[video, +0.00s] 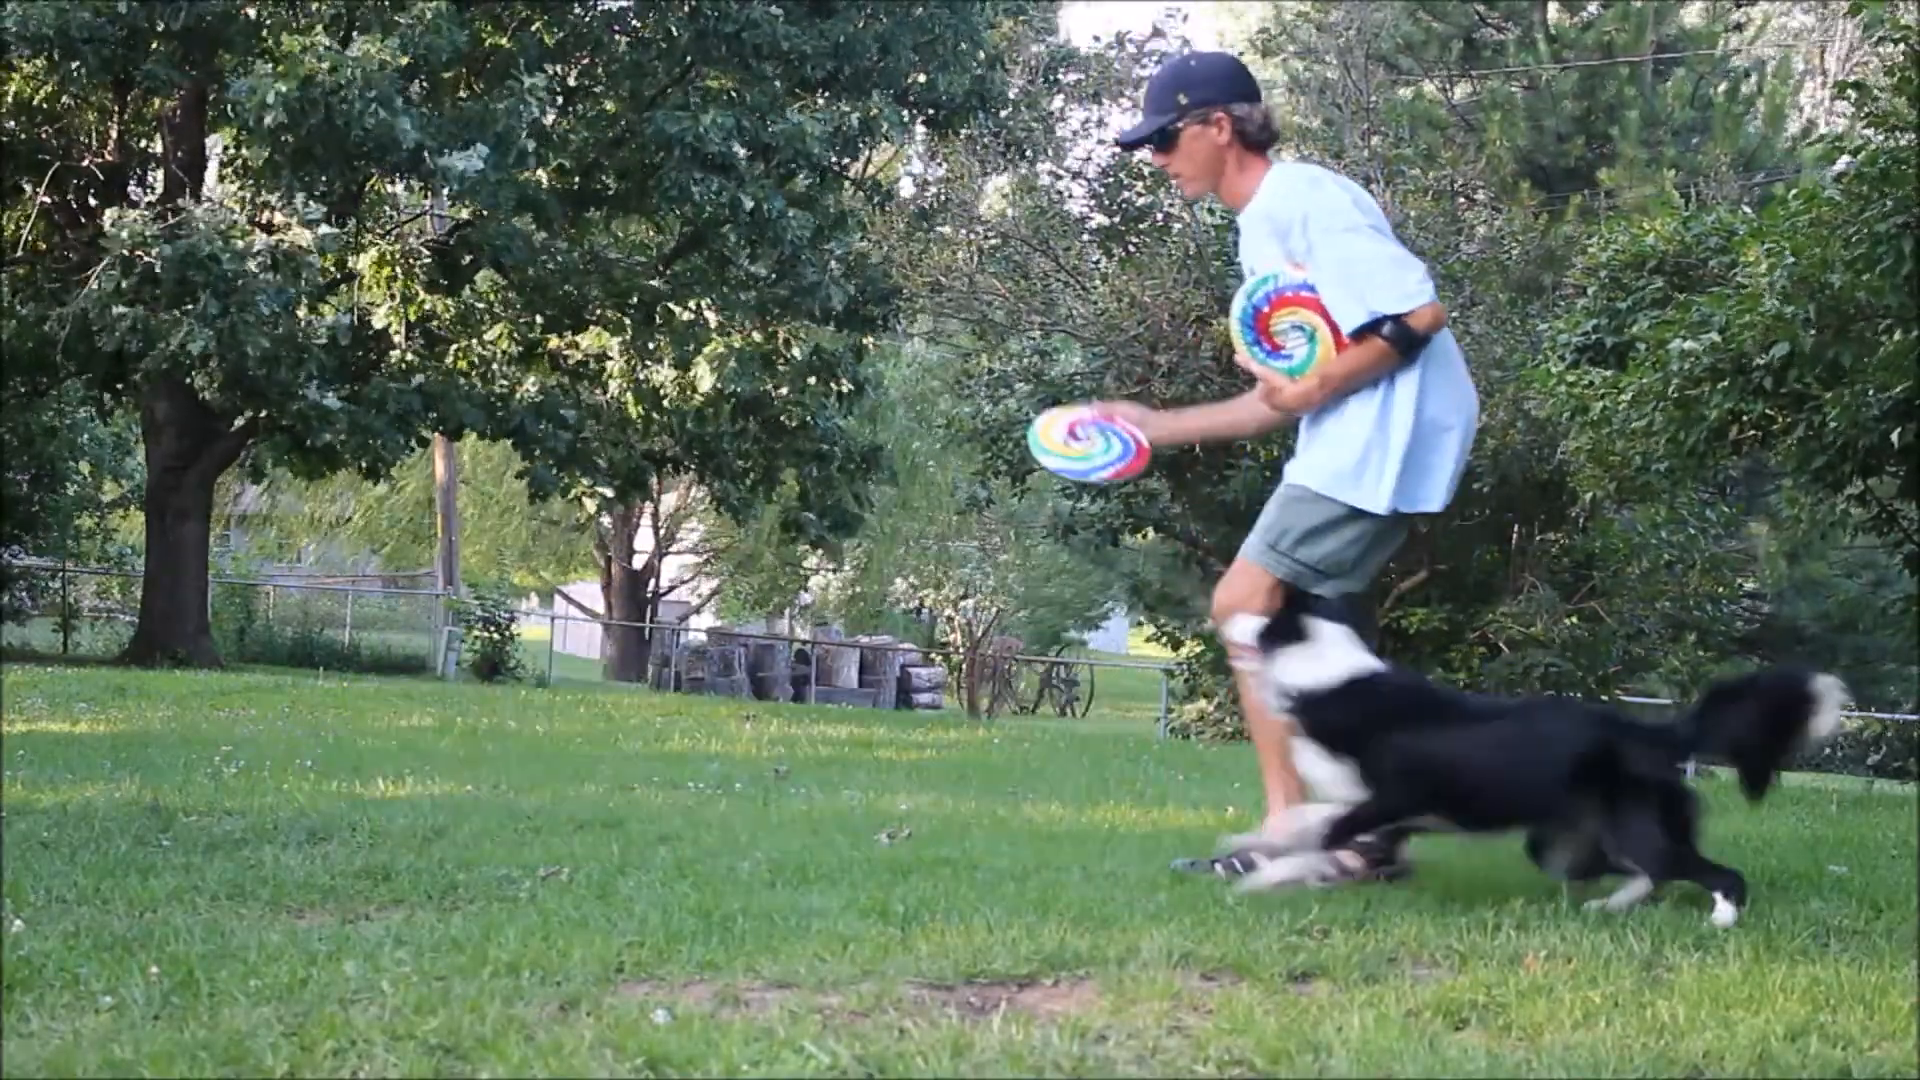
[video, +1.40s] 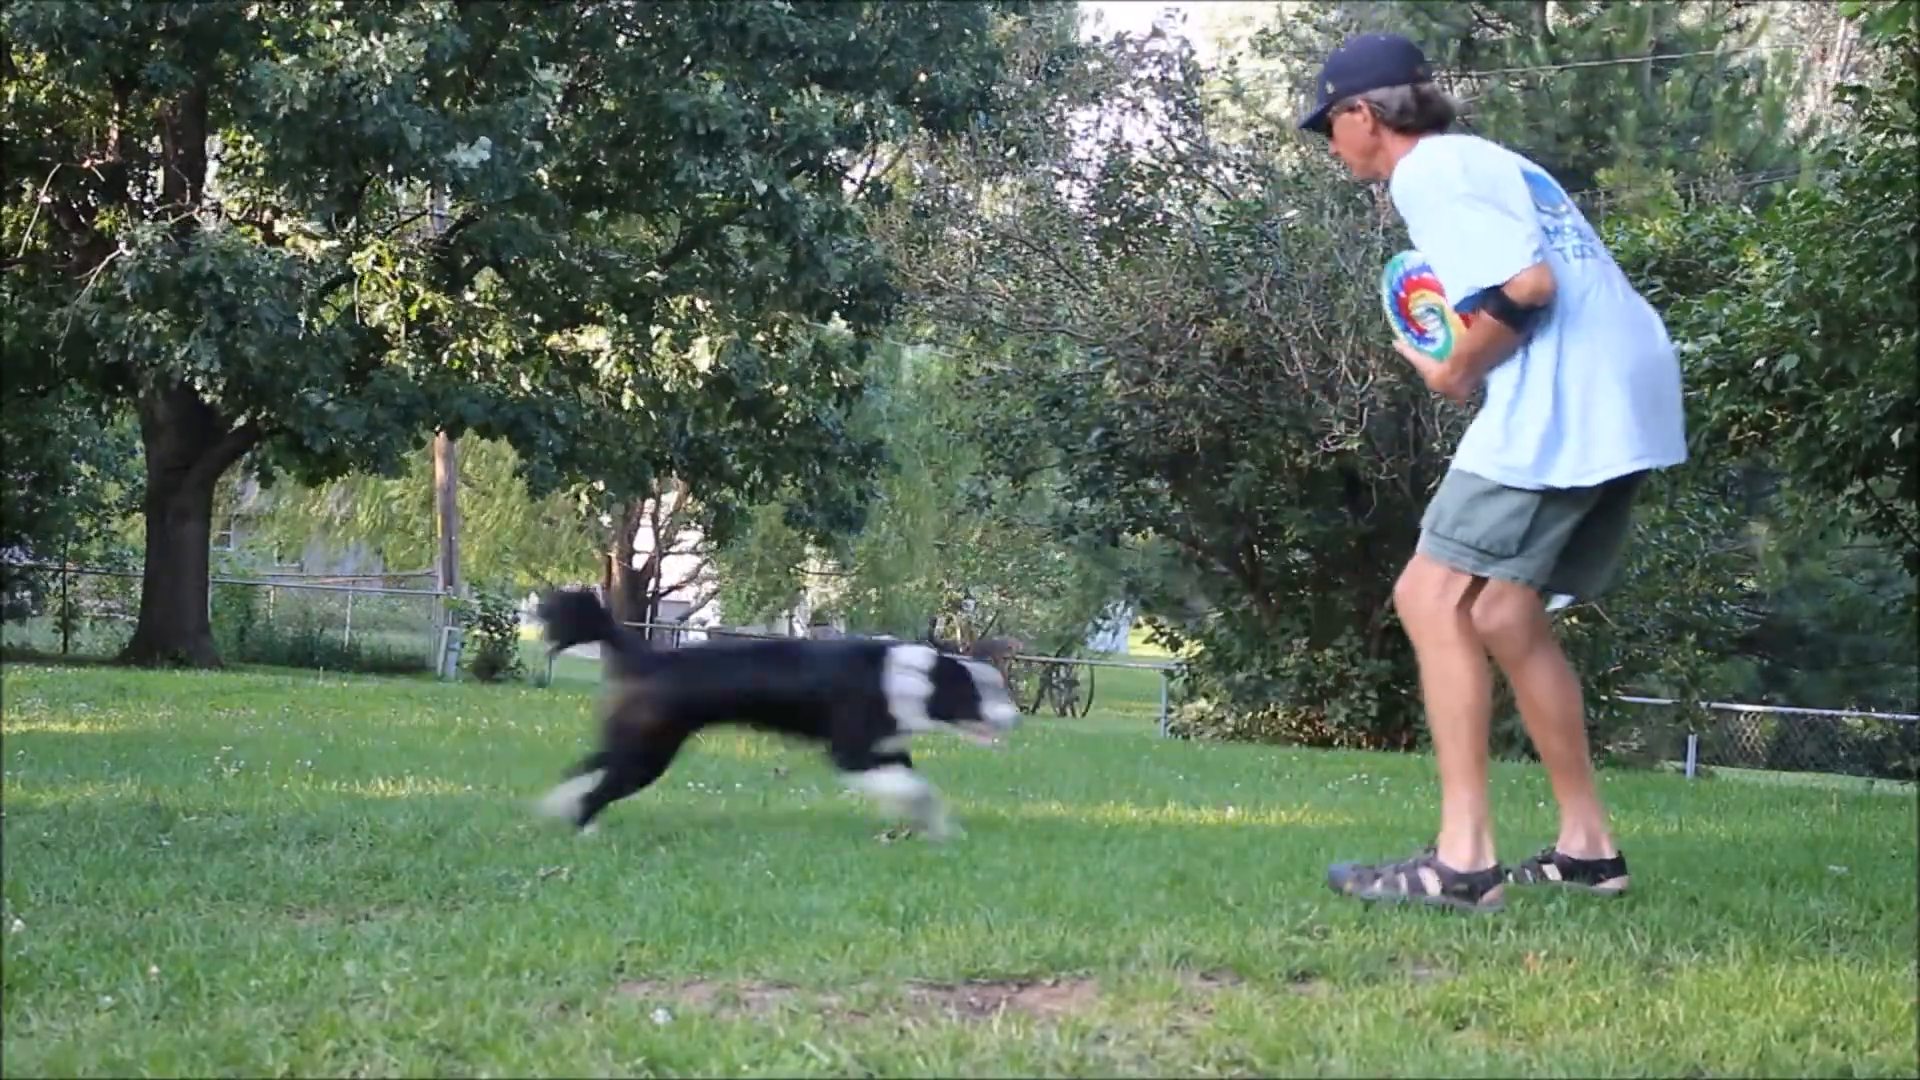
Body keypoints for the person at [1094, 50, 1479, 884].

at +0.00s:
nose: (1160, 164)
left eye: (1167, 143)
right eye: (1156, 148)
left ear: (1220, 128)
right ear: (1218, 135)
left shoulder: (1310, 198)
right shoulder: (1260, 232)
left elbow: (1415, 315)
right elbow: (1283, 397)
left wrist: (1316, 384)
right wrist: (1156, 425)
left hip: (1382, 443)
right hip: (1351, 444)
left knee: (1243, 604)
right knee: (1299, 623)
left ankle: (1293, 825)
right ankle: (1362, 826)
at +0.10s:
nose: (1170, 167)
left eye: (1178, 146)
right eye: (1166, 151)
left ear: (1230, 133)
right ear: (1222, 138)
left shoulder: (1319, 201)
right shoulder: (1273, 235)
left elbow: (1432, 310)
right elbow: (1301, 400)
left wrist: (1330, 388)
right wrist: (1187, 457)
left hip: (1403, 448)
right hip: (1363, 448)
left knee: (1276, 606)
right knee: (1274, 620)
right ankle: (1289, 831)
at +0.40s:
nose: (1250, 129)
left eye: (1255, 111)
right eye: (1248, 113)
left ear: (1297, 105)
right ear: (1306, 105)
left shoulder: (1383, 175)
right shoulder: (1361, 190)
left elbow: (1489, 294)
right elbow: (1388, 356)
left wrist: (1384, 371)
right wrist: (1299, 437)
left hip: (1497, 415)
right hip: (1465, 415)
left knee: (1395, 608)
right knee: (1375, 607)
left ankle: (1471, 850)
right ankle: (1315, 831)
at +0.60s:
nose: (1315, 95)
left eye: (1319, 76)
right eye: (1315, 78)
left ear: (1352, 74)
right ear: (1377, 71)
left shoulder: (1424, 147)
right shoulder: (1432, 147)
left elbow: (1515, 277)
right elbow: (1491, 309)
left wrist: (1418, 350)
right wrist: (1405, 411)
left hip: (1545, 389)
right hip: (1522, 388)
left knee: (1444, 589)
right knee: (1412, 572)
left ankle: (1477, 847)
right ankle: (1430, 817)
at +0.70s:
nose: (1342, 89)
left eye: (1345, 71)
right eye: (1341, 72)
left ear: (1378, 69)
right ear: (1413, 68)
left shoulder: (1445, 140)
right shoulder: (1472, 138)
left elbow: (1530, 271)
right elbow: (1510, 324)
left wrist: (1438, 335)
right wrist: (1406, 404)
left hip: (1552, 392)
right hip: (1569, 391)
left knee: (1455, 595)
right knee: (1479, 602)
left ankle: (1479, 849)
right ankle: (1564, 826)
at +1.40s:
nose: (1331, 148)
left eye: (1331, 126)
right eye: (1327, 130)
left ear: (1368, 114)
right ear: (1401, 109)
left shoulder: (1429, 169)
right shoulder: (1488, 162)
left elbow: (1526, 284)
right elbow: (1552, 292)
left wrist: (1456, 366)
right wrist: (1471, 355)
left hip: (1563, 405)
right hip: (1622, 404)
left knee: (1427, 595)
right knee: (1507, 616)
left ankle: (1462, 858)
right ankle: (1588, 845)